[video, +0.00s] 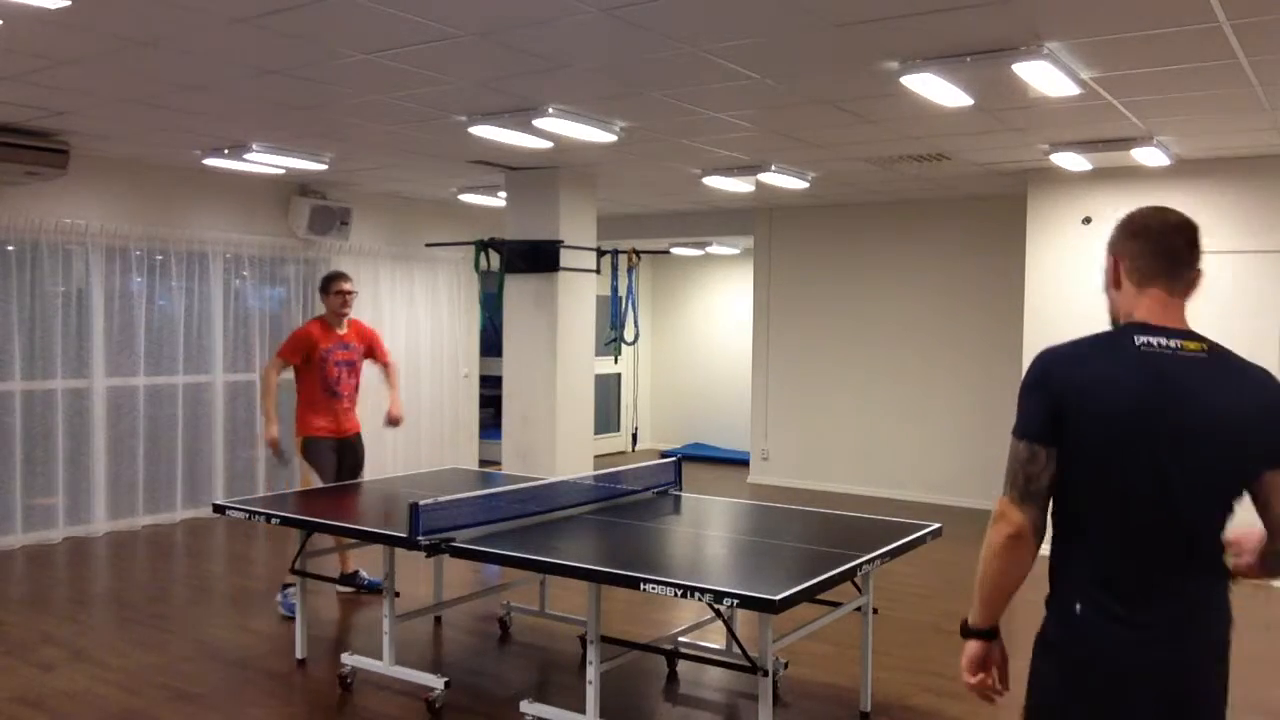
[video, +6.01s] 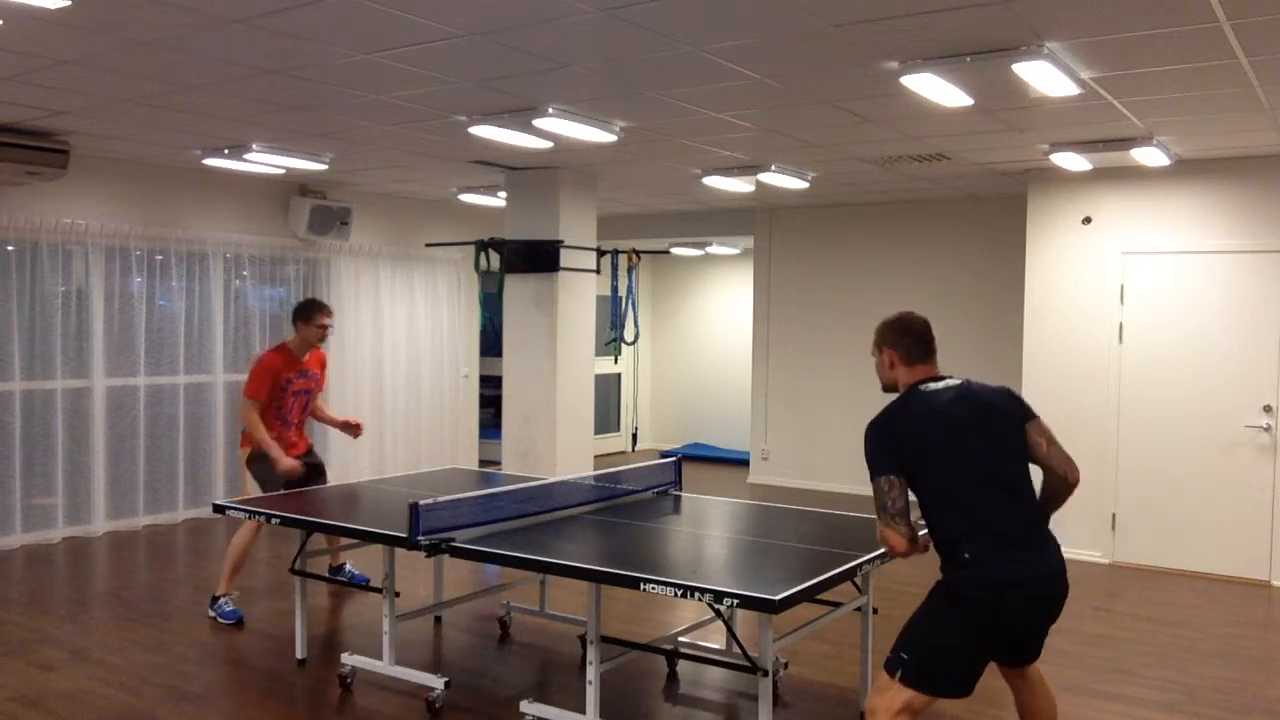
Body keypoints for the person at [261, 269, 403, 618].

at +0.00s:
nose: (346, 299)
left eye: (350, 294)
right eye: (339, 294)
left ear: (355, 298)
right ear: (324, 298)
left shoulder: (362, 334)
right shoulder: (308, 334)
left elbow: (388, 365)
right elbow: (271, 370)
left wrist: (395, 403)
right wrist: (270, 423)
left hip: (349, 431)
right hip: (316, 433)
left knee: (346, 505)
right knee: (314, 504)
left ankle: (348, 570)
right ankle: (291, 583)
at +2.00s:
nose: (354, 311)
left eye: (357, 306)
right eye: (349, 305)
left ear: (357, 307)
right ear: (328, 301)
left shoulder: (352, 337)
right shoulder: (300, 339)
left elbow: (382, 373)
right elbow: (279, 390)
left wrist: (373, 329)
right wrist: (319, 412)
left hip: (347, 440)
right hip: (306, 441)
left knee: (350, 508)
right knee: (286, 514)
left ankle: (341, 571)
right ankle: (265, 589)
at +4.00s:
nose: (304, 301)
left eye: (307, 296)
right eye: (297, 296)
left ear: (310, 299)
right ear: (279, 299)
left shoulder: (316, 335)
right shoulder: (259, 338)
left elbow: (319, 380)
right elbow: (246, 388)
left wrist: (338, 422)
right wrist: (245, 434)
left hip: (304, 435)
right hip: (266, 435)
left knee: (312, 501)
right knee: (250, 506)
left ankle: (324, 563)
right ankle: (241, 576)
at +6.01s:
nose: (327, 333)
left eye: (329, 327)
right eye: (322, 327)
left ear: (322, 328)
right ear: (301, 326)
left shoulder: (318, 359)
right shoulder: (270, 362)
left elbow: (312, 404)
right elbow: (248, 413)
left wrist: (338, 423)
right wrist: (277, 455)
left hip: (299, 448)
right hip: (263, 450)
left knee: (328, 501)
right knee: (259, 515)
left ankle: (337, 565)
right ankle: (222, 595)